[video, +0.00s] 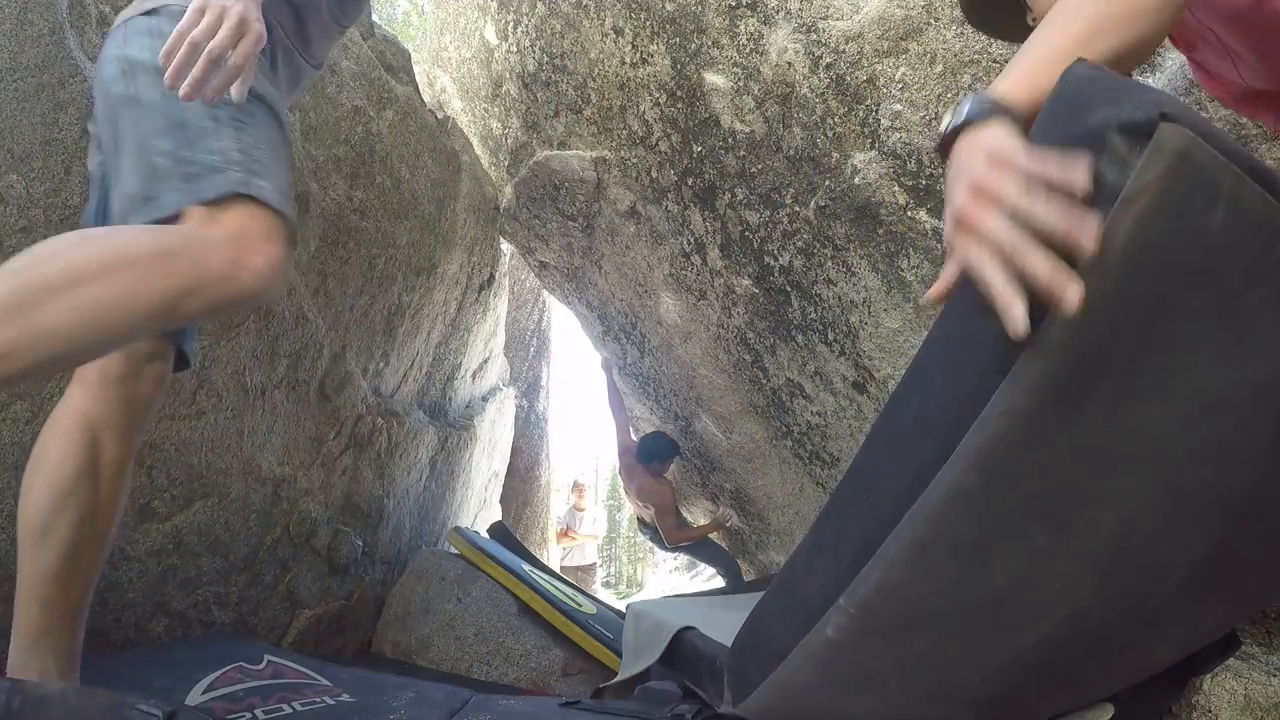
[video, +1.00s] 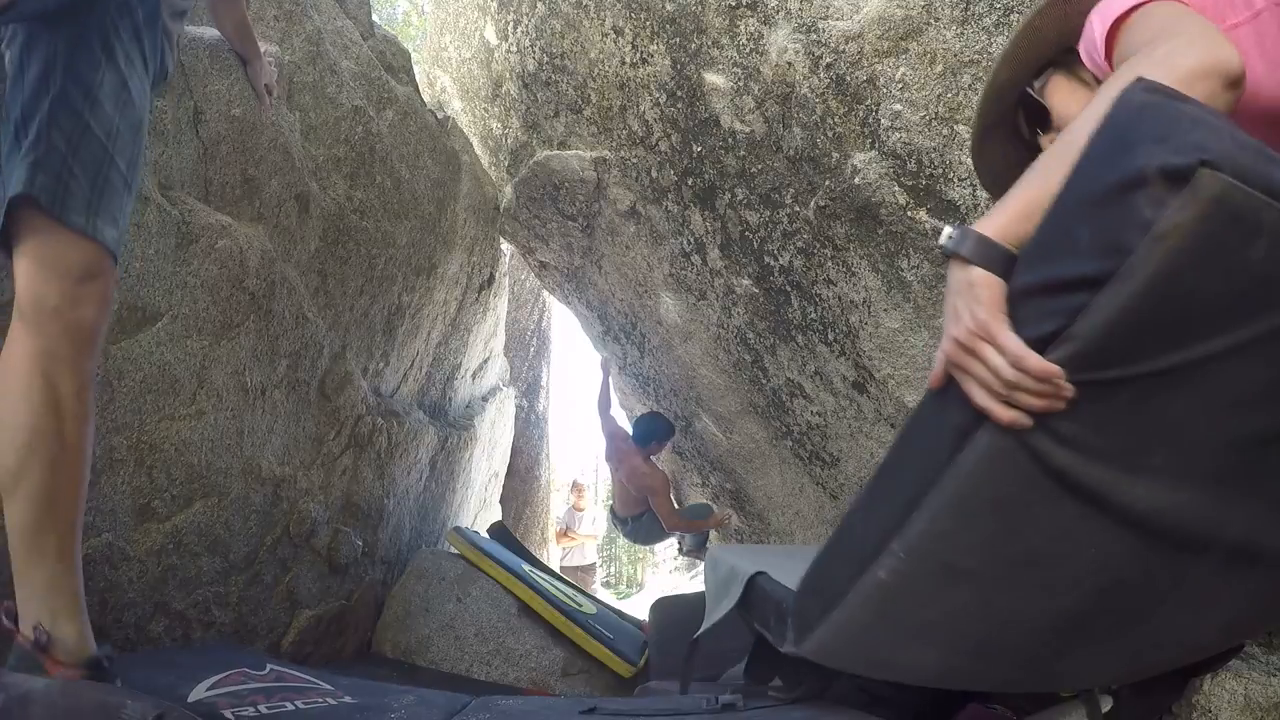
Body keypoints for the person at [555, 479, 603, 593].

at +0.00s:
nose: (581, 492)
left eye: (584, 489)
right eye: (577, 489)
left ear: (589, 492)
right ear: (572, 492)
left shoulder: (597, 513)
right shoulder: (564, 513)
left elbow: (597, 538)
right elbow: (560, 541)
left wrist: (571, 533)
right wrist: (585, 538)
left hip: (589, 565)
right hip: (567, 566)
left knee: (589, 604)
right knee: (567, 604)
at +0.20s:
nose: (581, 492)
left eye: (584, 489)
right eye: (577, 489)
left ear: (589, 492)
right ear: (571, 492)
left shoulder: (596, 513)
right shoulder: (564, 513)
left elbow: (597, 538)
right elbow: (560, 541)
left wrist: (572, 533)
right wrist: (585, 538)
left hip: (589, 565)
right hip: (567, 565)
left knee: (590, 603)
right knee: (568, 603)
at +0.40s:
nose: (581, 492)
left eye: (584, 489)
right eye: (577, 489)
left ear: (589, 492)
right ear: (571, 492)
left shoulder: (596, 513)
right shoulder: (564, 513)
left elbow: (597, 538)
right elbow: (560, 541)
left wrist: (571, 533)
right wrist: (585, 538)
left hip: (589, 564)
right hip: (567, 565)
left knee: (590, 603)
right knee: (568, 603)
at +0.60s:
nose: (580, 492)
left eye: (583, 489)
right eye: (577, 489)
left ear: (589, 492)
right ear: (571, 492)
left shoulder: (597, 513)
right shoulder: (564, 514)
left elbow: (597, 538)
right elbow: (560, 541)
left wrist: (572, 533)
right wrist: (585, 538)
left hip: (589, 565)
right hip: (567, 566)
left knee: (589, 604)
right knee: (567, 604)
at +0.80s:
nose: (580, 492)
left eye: (583, 489)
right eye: (577, 489)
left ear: (589, 492)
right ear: (571, 492)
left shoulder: (596, 513)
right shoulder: (564, 513)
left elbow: (597, 538)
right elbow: (560, 541)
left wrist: (572, 533)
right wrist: (585, 538)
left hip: (589, 565)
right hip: (567, 566)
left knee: (589, 604)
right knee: (567, 604)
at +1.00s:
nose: (580, 493)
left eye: (583, 490)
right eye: (577, 490)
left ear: (589, 492)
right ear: (571, 492)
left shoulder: (597, 513)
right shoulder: (564, 513)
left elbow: (596, 539)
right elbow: (560, 541)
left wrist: (571, 533)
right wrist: (584, 538)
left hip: (589, 565)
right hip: (567, 566)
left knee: (589, 605)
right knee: (568, 605)